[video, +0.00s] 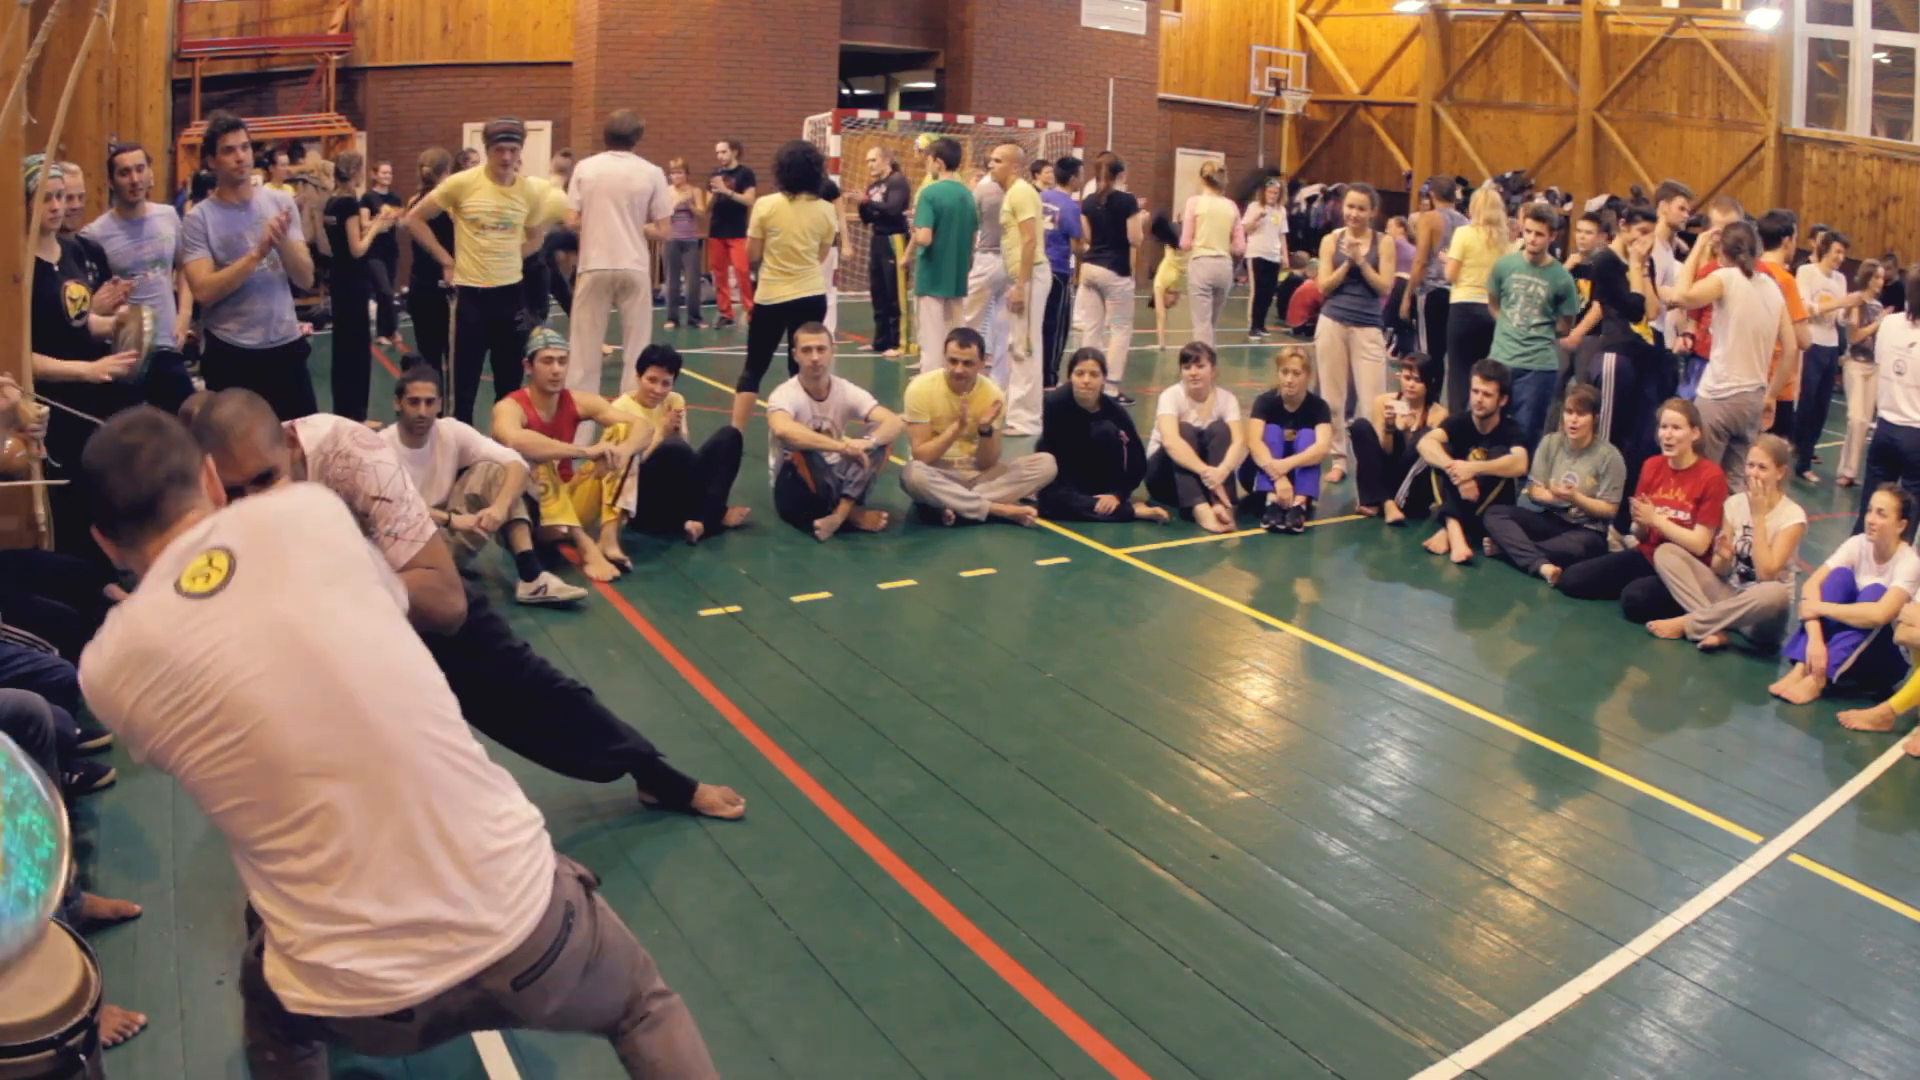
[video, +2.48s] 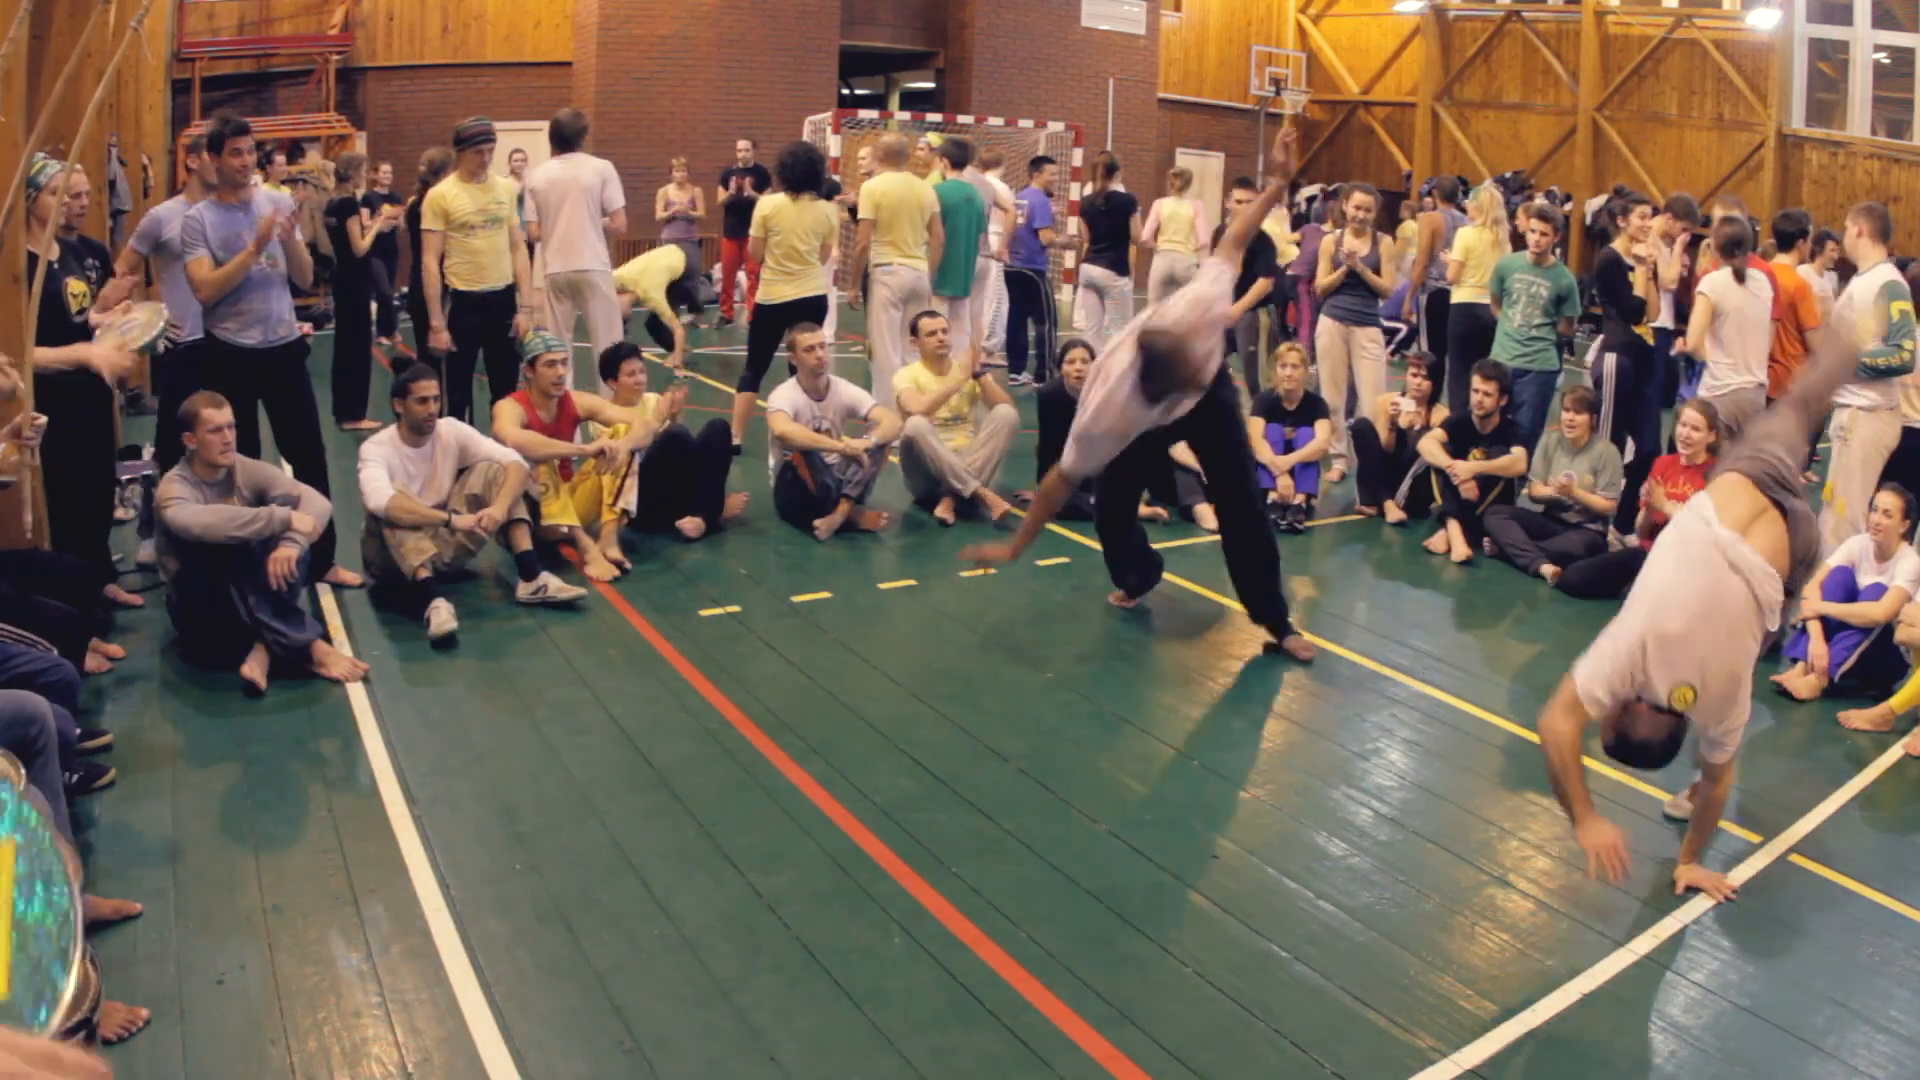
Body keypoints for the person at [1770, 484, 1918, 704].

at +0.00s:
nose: (1870, 519)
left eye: (1881, 514)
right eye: (1869, 511)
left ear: (1901, 526)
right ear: (1864, 513)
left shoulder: (1909, 561)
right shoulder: (1857, 544)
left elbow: (1880, 616)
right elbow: (1810, 585)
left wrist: (1818, 607)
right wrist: (1815, 641)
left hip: (1881, 667)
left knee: (1875, 592)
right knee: (1840, 576)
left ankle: (1818, 678)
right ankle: (1800, 667)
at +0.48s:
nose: (1870, 519)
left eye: (1881, 514)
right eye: (1869, 511)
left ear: (1901, 526)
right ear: (1864, 513)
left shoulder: (1909, 562)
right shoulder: (1857, 544)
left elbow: (1880, 616)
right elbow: (1810, 585)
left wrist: (1819, 607)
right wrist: (1815, 641)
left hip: (1881, 667)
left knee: (1875, 592)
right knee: (1840, 577)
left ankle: (1818, 678)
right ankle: (1800, 667)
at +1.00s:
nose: (1870, 519)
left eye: (1881, 514)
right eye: (1869, 511)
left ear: (1901, 526)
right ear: (1864, 513)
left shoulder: (1909, 562)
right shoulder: (1857, 544)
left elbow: (1880, 615)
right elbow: (1810, 586)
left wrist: (1818, 607)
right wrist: (1815, 641)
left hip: (1881, 667)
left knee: (1874, 592)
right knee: (1840, 577)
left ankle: (1818, 678)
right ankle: (1800, 667)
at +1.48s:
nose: (1871, 519)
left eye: (1882, 514)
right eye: (1869, 511)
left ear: (1901, 526)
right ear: (1865, 513)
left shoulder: (1909, 562)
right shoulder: (1857, 544)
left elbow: (1880, 616)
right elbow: (1810, 586)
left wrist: (1819, 607)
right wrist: (1815, 641)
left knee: (1875, 592)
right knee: (1840, 577)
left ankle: (1818, 678)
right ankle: (1800, 668)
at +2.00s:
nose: (1871, 520)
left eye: (1881, 514)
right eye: (1870, 511)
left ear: (1901, 525)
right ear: (1866, 512)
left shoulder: (1909, 561)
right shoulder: (1856, 544)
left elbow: (1881, 615)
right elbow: (1810, 586)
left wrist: (1819, 608)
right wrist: (1815, 641)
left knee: (1875, 592)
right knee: (1840, 577)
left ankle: (1817, 678)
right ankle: (1800, 667)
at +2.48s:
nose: (1876, 519)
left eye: (1887, 515)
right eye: (1874, 510)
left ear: (1904, 526)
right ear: (1868, 513)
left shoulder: (1910, 561)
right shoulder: (1856, 544)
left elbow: (1882, 614)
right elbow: (1810, 589)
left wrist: (1820, 608)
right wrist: (1816, 640)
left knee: (1876, 591)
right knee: (1840, 575)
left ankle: (1819, 677)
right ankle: (1802, 665)